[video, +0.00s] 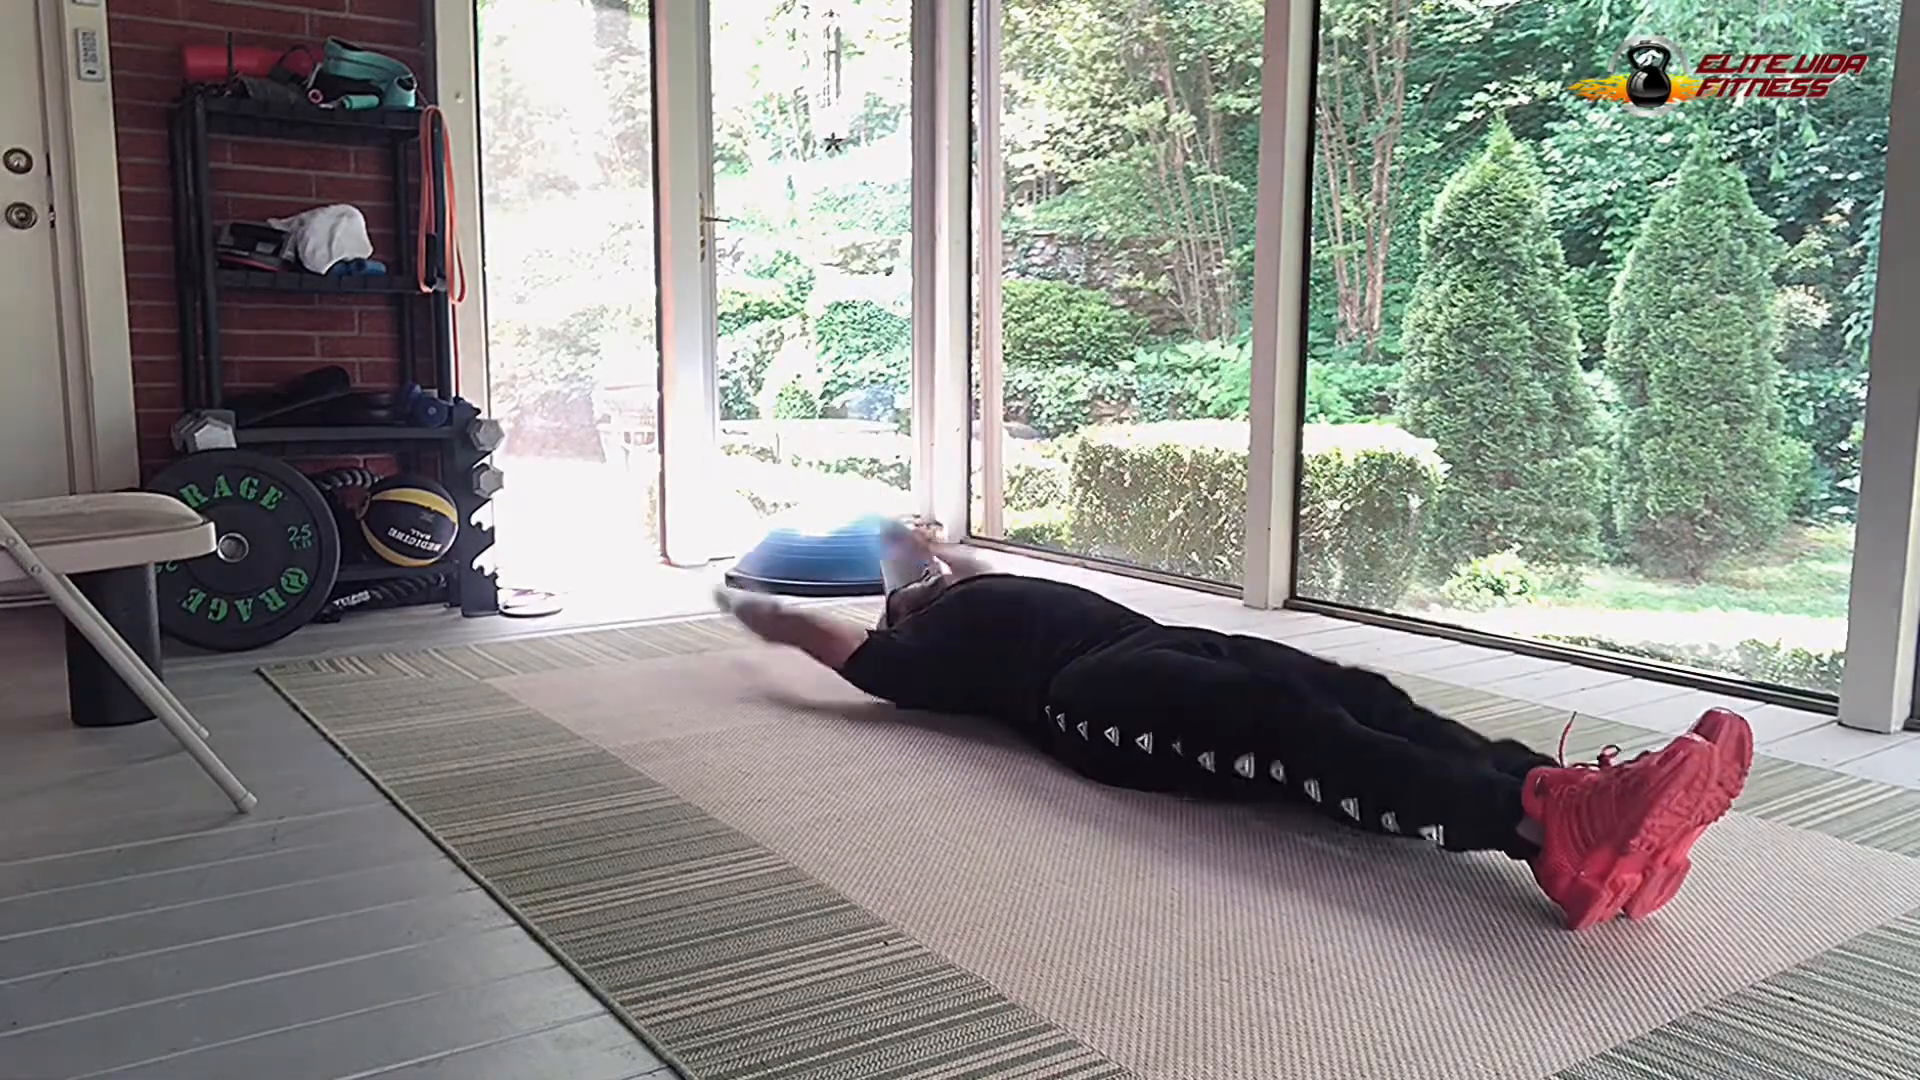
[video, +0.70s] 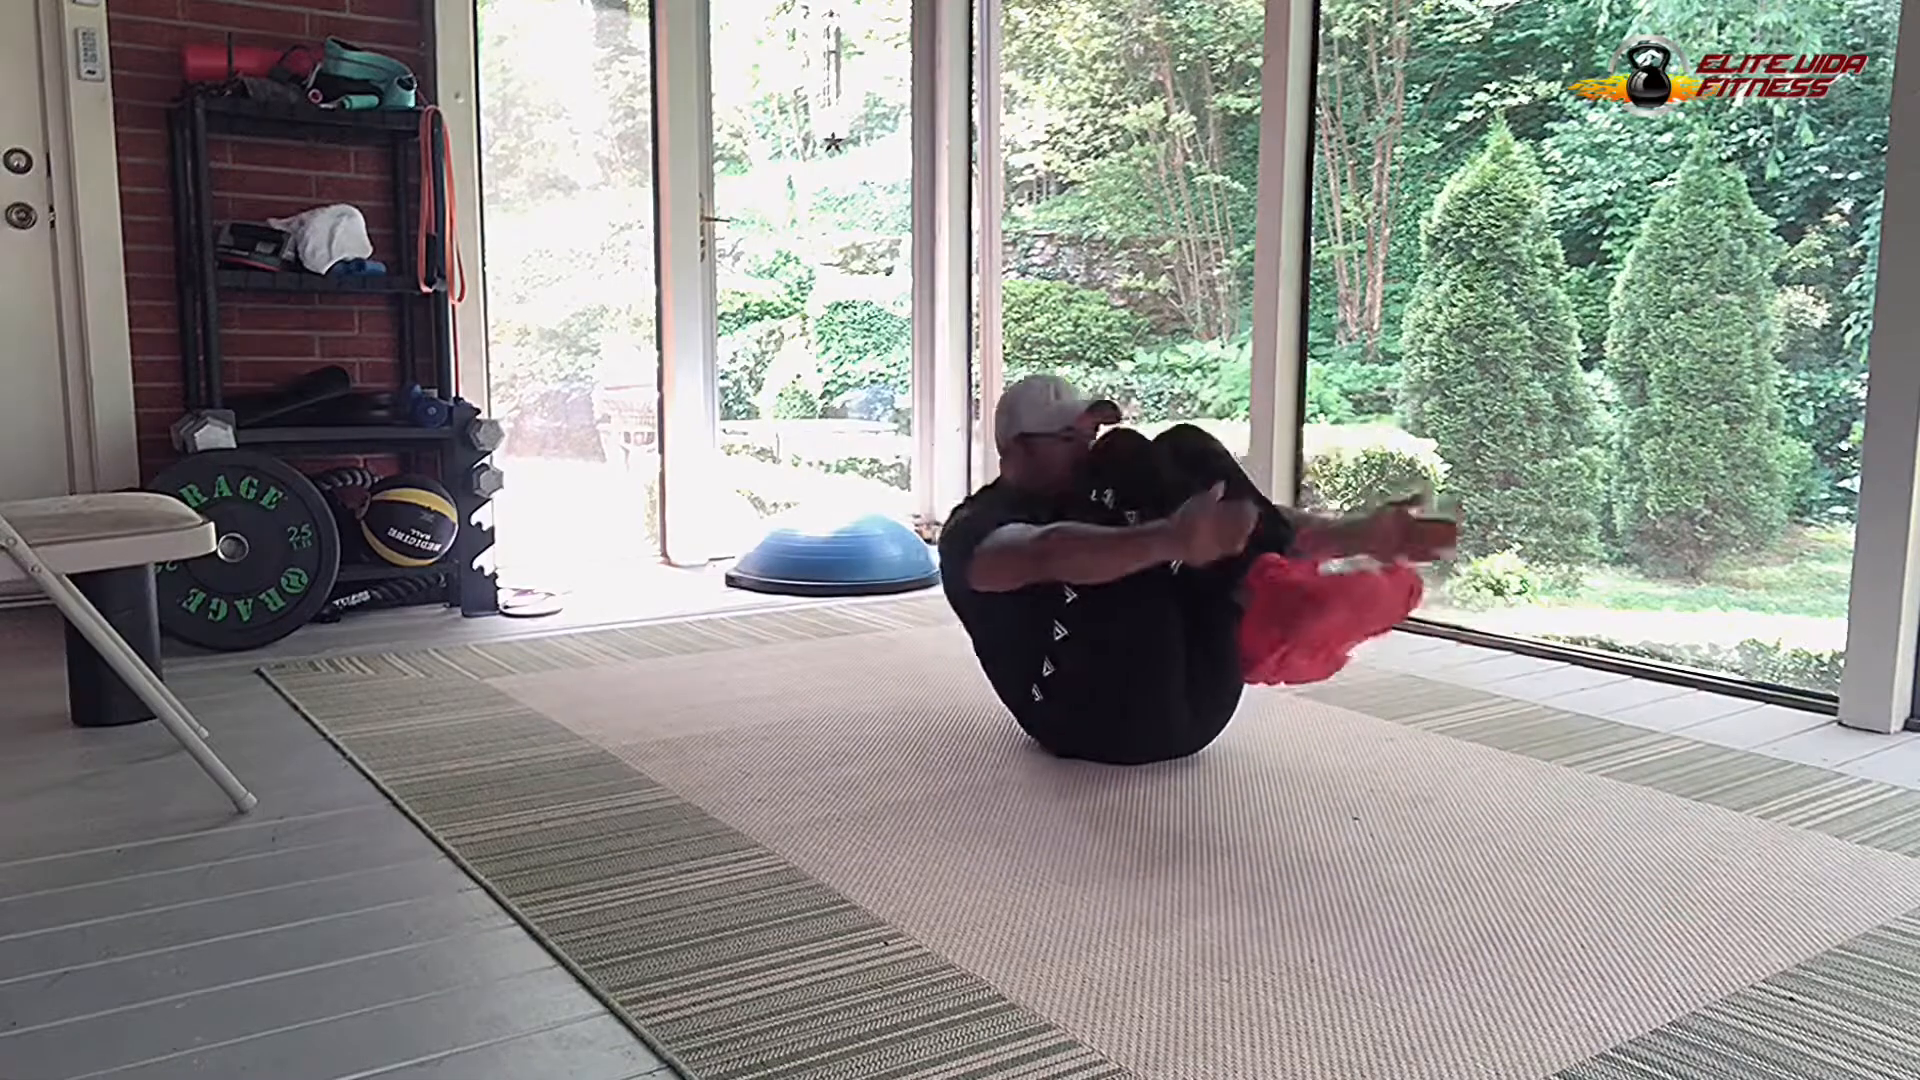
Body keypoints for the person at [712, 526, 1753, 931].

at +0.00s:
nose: (941, 541)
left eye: (946, 539)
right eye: (919, 547)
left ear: (963, 558)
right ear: (892, 586)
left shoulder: (1013, 584)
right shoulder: (888, 645)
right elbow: (747, 604)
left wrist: (950, 545)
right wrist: (829, 591)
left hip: (1170, 643)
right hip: (1090, 685)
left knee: (1358, 688)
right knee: (1290, 721)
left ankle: (1582, 830)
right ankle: (1554, 826)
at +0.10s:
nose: (912, 554)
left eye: (915, 550)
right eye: (895, 560)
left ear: (939, 565)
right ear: (878, 594)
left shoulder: (996, 585)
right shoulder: (882, 626)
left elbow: (1043, 558)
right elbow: (771, 559)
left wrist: (967, 537)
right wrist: (773, 550)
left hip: (1136, 649)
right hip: (1067, 686)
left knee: (1352, 648)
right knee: (1290, 673)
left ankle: (1577, 788)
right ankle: (1539, 812)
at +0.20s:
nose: (953, 525)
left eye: (958, 519)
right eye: (933, 526)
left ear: (979, 541)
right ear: (904, 563)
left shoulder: (1036, 584)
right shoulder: (913, 623)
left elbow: (1068, 525)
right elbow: (840, 567)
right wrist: (796, 489)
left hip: (1168, 684)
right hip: (1090, 708)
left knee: (1337, 592)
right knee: (1260, 612)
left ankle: (1544, 739)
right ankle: (1498, 759)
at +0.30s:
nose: (982, 489)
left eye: (988, 479)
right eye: (963, 484)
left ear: (1007, 503)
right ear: (927, 521)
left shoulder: (1062, 557)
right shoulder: (926, 595)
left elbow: (1130, 454)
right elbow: (887, 557)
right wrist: (863, 463)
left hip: (1175, 691)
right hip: (1089, 713)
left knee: (1312, 536)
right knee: (1221, 552)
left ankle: (1494, 682)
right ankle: (1447, 703)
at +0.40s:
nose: (1025, 480)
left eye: (1026, 467)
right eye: (1007, 468)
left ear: (1027, 477)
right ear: (961, 481)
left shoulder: (1073, 542)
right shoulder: (942, 577)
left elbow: (1174, 485)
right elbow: (948, 508)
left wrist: (1265, 377)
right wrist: (982, 386)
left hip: (1179, 702)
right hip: (1094, 714)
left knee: (1274, 488)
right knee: (1174, 511)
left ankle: (1436, 635)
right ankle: (1376, 655)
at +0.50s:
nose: (1053, 469)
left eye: (1058, 455)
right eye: (1035, 458)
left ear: (1064, 459)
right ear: (990, 473)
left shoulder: (1103, 526)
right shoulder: (959, 544)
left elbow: (1217, 524)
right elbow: (982, 550)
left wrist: (1348, 438)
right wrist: (1081, 426)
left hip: (1188, 708)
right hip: (1095, 713)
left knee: (1226, 451)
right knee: (1144, 461)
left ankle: (1369, 588)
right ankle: (1318, 612)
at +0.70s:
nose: (1090, 450)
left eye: (1084, 437)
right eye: (1077, 441)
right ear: (1021, 452)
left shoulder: (1088, 501)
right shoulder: (974, 531)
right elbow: (1051, 556)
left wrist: (1361, 535)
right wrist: (1176, 542)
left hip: (1188, 704)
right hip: (1098, 715)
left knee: (1182, 445)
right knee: (1123, 454)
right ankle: (1275, 593)